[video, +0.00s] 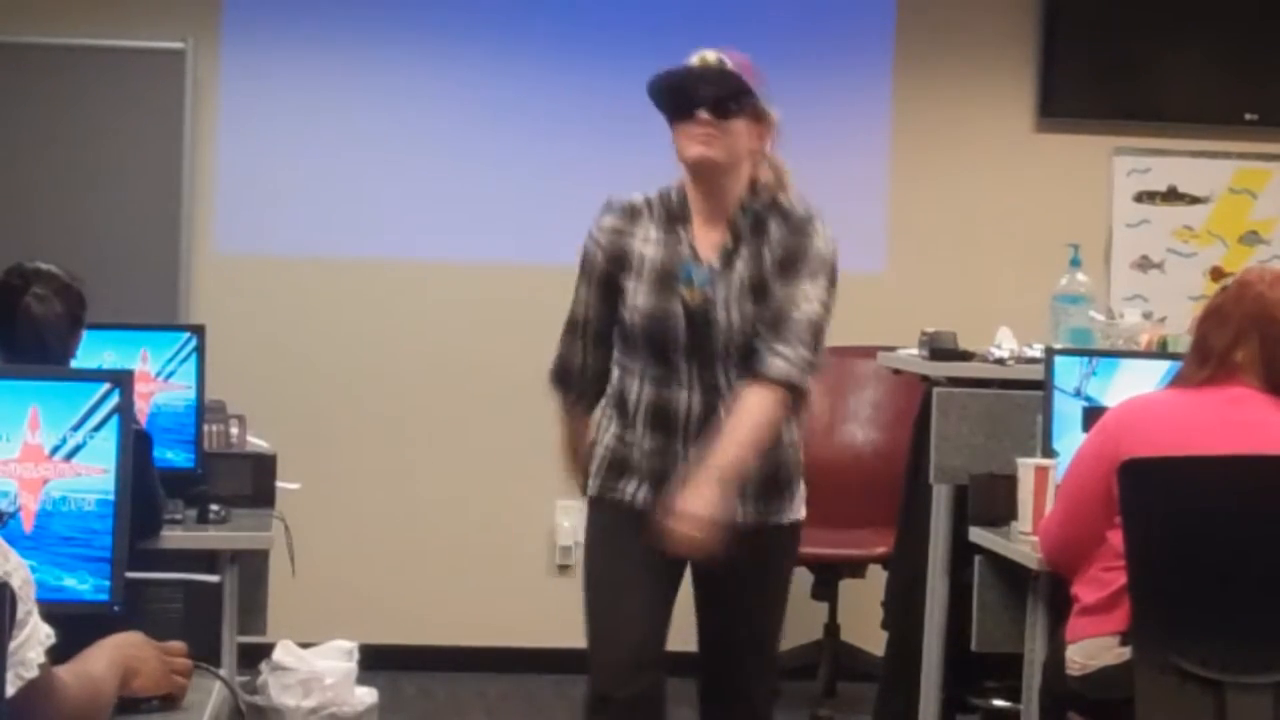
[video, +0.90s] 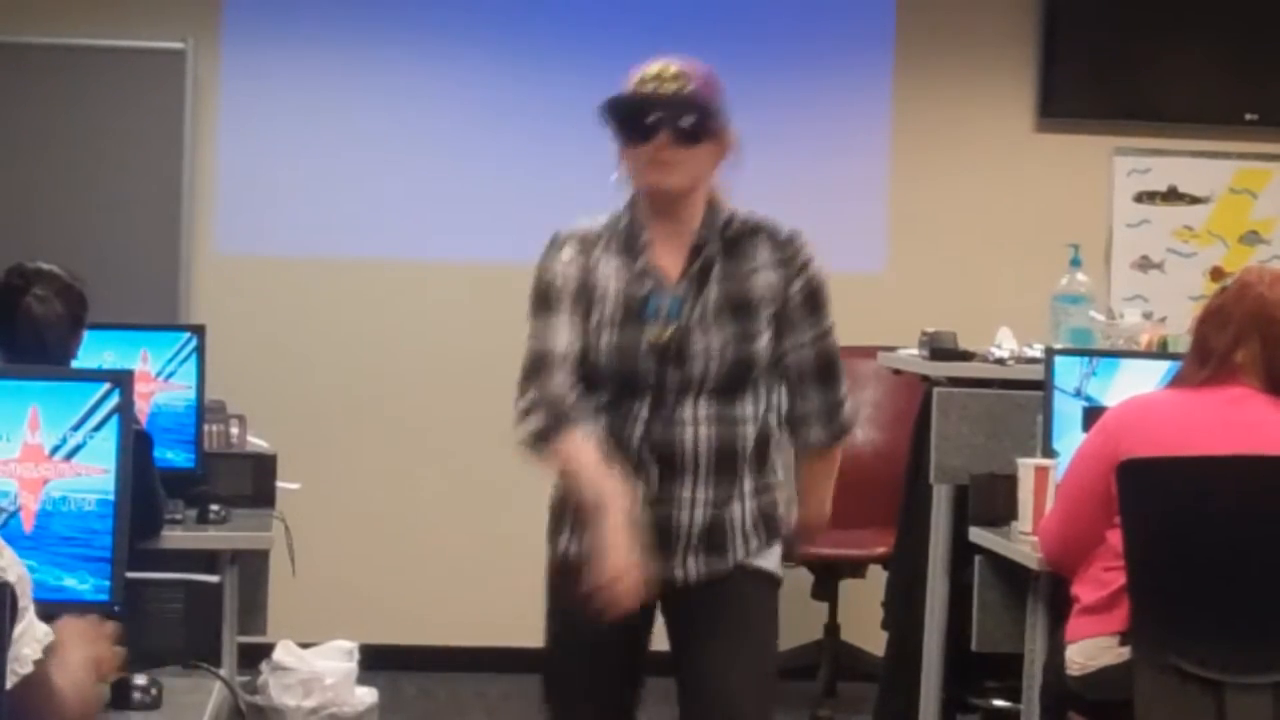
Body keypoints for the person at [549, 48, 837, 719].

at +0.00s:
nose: (703, 119)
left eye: (725, 108)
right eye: (688, 107)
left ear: (761, 133)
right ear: (671, 129)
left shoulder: (800, 238)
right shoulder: (623, 227)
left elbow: (780, 374)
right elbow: (579, 372)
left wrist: (712, 479)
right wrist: (590, 476)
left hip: (755, 501)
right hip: (633, 492)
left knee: (739, 699)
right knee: (619, 692)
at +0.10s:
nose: (682, 129)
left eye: (705, 115)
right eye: (671, 115)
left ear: (750, 135)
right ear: (659, 129)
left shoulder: (789, 232)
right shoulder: (619, 231)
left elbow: (746, 359)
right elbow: (588, 368)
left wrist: (624, 438)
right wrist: (605, 459)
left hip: (752, 511)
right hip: (636, 504)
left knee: (739, 706)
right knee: (623, 697)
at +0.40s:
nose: (615, 149)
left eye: (637, 129)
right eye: (610, 131)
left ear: (688, 143)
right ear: (608, 141)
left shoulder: (751, 239)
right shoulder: (585, 258)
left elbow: (733, 383)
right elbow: (567, 408)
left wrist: (659, 487)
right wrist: (558, 541)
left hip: (731, 529)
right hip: (607, 529)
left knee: (727, 711)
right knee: (597, 707)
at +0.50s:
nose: (602, 114)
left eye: (625, 97)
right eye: (599, 98)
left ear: (680, 113)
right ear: (595, 109)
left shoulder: (749, 203)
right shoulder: (570, 225)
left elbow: (769, 354)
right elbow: (540, 373)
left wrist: (732, 478)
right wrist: (528, 502)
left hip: (727, 518)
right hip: (607, 514)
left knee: (722, 707)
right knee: (602, 703)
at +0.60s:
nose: (596, 128)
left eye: (620, 112)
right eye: (590, 112)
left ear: (676, 128)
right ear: (585, 121)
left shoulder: (747, 224)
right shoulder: (558, 245)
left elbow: (804, 377)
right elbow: (505, 393)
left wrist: (800, 509)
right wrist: (492, 528)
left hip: (728, 516)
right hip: (599, 517)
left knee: (739, 706)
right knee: (592, 706)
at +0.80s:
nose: (619, 183)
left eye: (645, 168)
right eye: (606, 167)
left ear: (688, 182)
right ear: (593, 182)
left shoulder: (747, 297)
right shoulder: (557, 303)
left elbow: (807, 445)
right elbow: (520, 453)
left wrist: (833, 579)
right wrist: (505, 586)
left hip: (721, 570)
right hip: (589, 570)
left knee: (746, 709)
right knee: (554, 710)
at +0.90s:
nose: (660, 144)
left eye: (685, 129)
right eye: (641, 128)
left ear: (721, 146)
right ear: (621, 146)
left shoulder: (777, 258)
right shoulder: (575, 257)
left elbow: (820, 407)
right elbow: (549, 404)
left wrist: (809, 523)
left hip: (730, 541)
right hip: (602, 538)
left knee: (733, 707)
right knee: (584, 708)